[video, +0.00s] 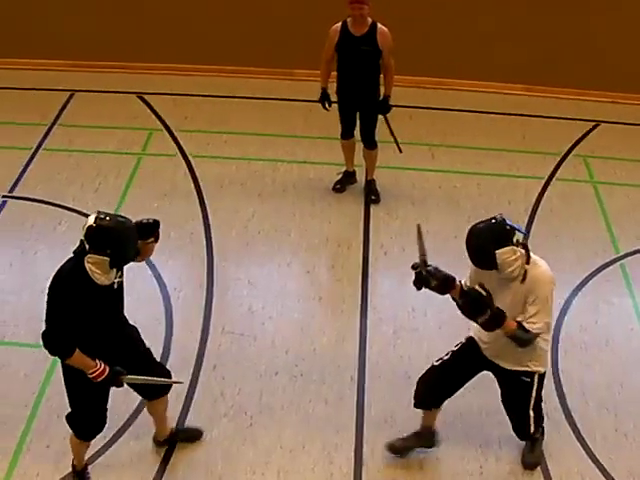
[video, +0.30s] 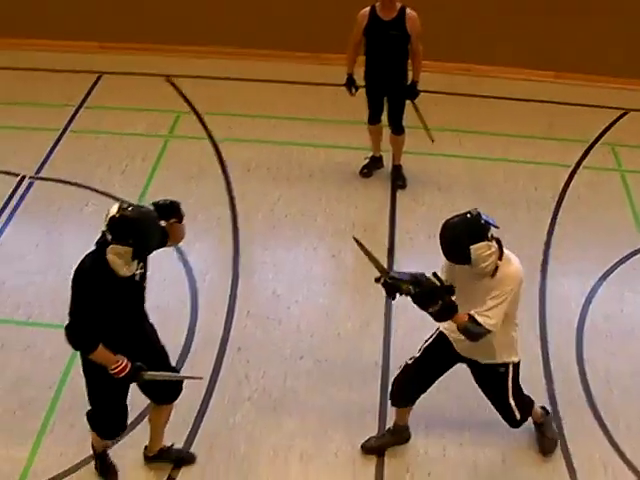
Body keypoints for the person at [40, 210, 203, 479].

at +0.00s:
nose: (147, 250)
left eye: (148, 247)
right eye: (141, 247)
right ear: (114, 251)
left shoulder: (109, 256)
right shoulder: (66, 283)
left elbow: (135, 256)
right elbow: (55, 342)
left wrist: (144, 243)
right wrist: (98, 370)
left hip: (118, 337)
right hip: (84, 355)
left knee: (158, 385)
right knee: (88, 422)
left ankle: (163, 434)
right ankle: (78, 468)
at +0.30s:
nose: (136, 258)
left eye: (139, 252)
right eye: (133, 252)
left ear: (141, 244)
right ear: (120, 244)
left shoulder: (139, 243)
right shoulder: (89, 272)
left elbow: (174, 238)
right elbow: (78, 336)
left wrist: (174, 221)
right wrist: (116, 364)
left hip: (137, 332)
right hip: (103, 346)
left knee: (167, 387)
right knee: (110, 421)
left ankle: (155, 449)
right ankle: (99, 453)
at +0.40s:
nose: (152, 246)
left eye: (150, 242)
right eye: (147, 243)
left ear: (144, 238)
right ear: (130, 239)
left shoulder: (140, 240)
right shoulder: (91, 268)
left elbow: (176, 234)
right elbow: (79, 332)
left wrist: (176, 219)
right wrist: (116, 358)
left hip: (138, 329)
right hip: (103, 345)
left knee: (170, 384)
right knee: (109, 422)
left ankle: (157, 443)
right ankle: (88, 454)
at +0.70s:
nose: (144, 230)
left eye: (144, 225)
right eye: (140, 226)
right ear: (126, 226)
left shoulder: (126, 229)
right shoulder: (85, 256)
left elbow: (155, 215)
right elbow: (73, 322)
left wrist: (162, 205)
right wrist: (112, 347)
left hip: (131, 316)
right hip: (97, 336)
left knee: (172, 361)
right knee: (96, 407)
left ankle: (173, 417)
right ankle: (71, 450)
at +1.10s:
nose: (116, 210)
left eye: (118, 205)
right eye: (114, 206)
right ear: (97, 205)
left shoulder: (87, 202)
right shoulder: (66, 238)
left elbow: (111, 222)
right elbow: (84, 305)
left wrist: (137, 214)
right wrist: (135, 304)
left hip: (92, 281)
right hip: (66, 303)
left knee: (125, 321)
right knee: (97, 369)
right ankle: (92, 414)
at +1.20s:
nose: (121, 204)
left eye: (122, 199)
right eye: (118, 200)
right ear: (100, 200)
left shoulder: (83, 196)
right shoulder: (73, 236)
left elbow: (114, 212)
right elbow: (99, 298)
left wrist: (139, 207)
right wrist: (147, 277)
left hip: (85, 290)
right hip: (71, 306)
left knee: (114, 321)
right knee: (110, 365)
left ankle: (82, 378)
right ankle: (103, 411)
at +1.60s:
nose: (126, 191)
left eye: (128, 185)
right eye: (125, 186)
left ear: (97, 174)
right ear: (109, 187)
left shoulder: (85, 187)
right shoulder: (83, 219)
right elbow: (107, 255)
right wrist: (135, 201)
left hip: (82, 282)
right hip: (98, 297)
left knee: (85, 327)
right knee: (148, 348)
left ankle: (68, 373)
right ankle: (142, 405)